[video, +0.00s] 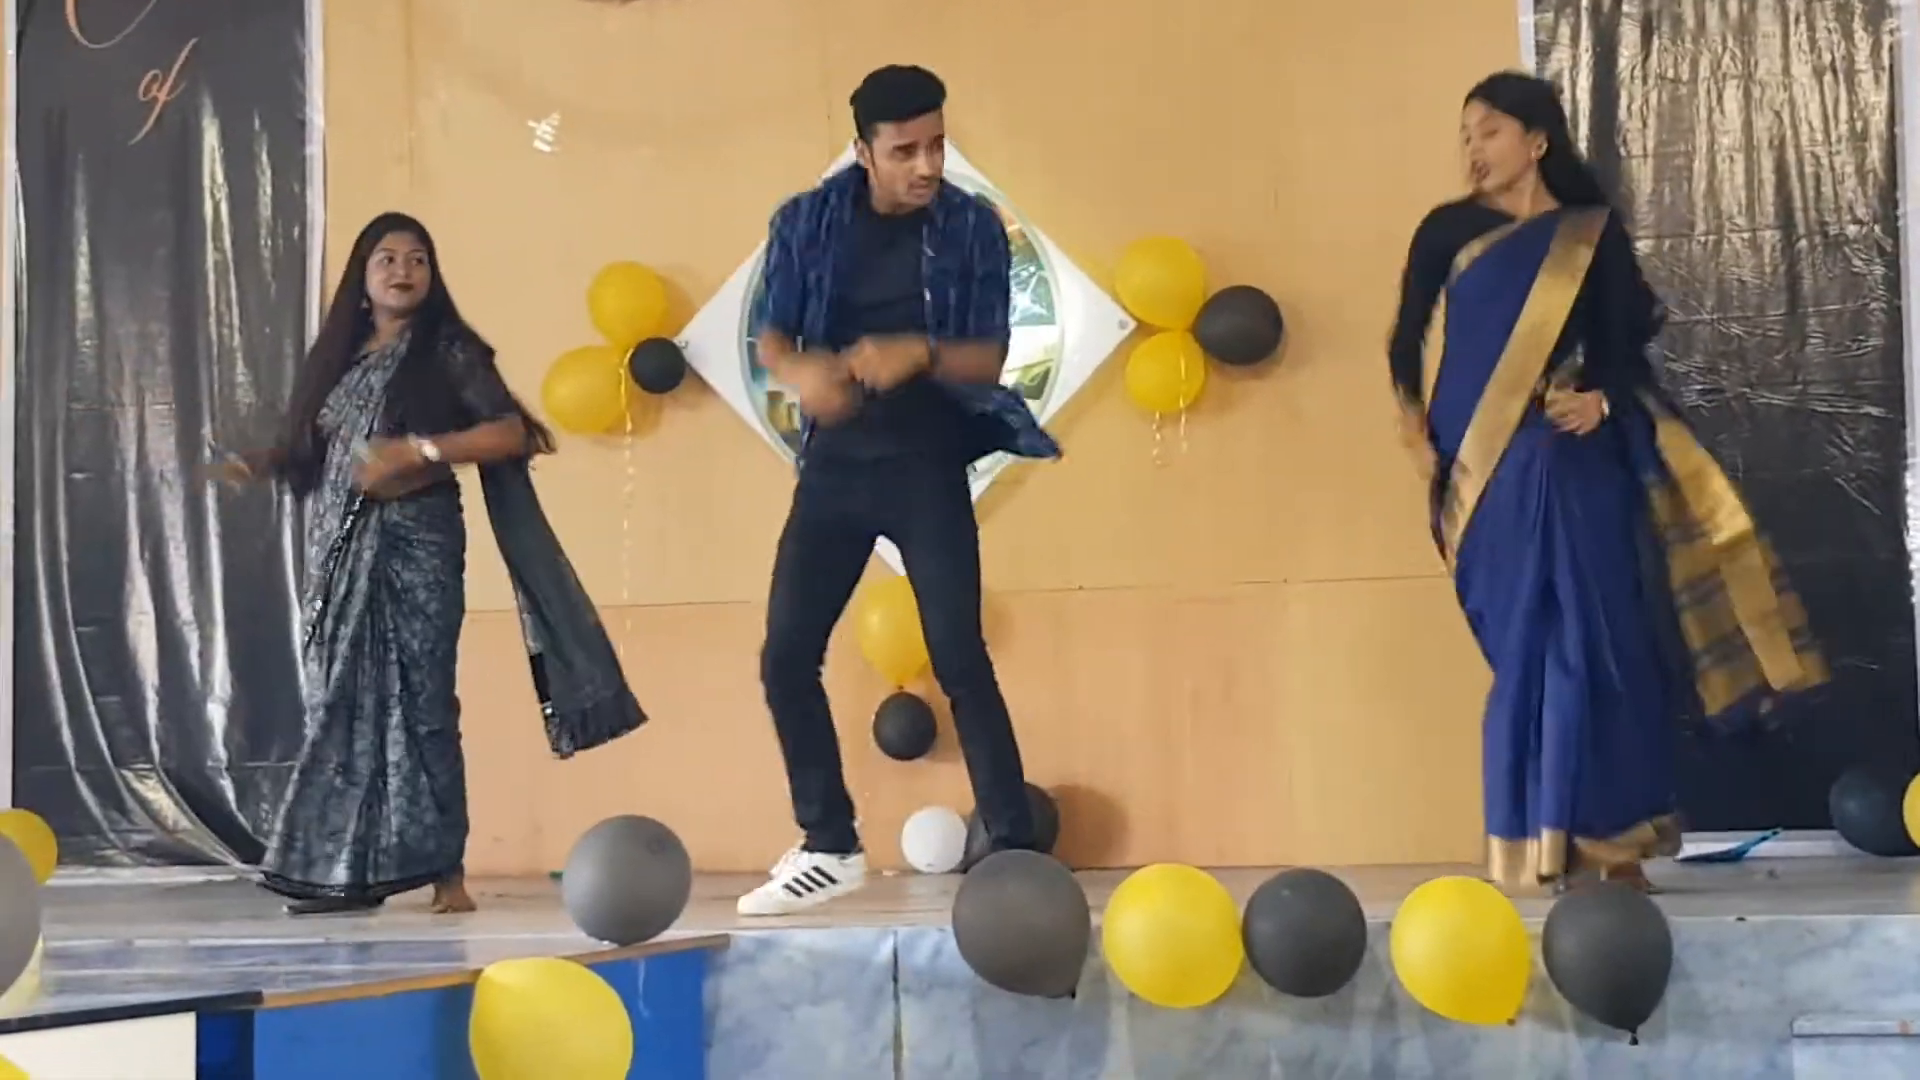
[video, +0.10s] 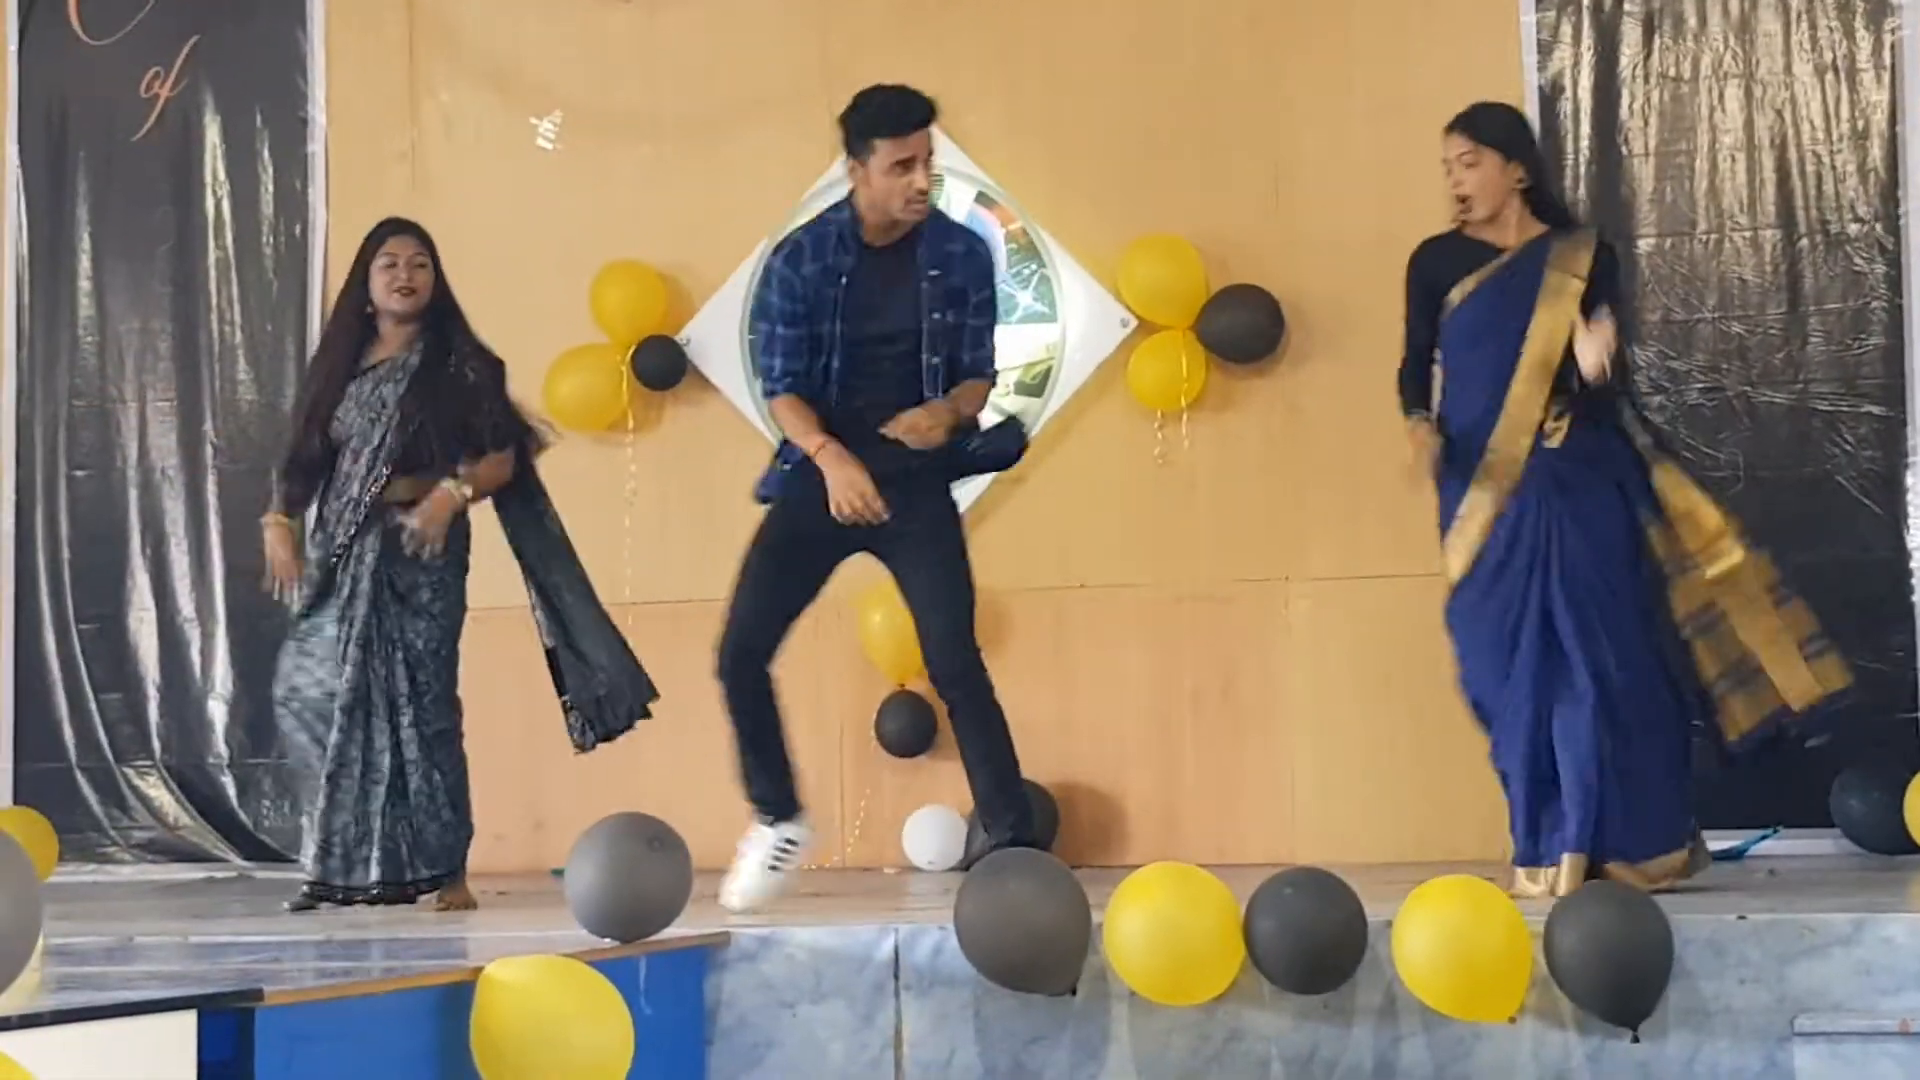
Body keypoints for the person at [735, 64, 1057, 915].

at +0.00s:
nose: (928, 166)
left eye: (936, 146)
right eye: (908, 152)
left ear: (944, 138)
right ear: (865, 149)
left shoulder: (972, 226)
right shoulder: (807, 221)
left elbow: (989, 361)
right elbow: (767, 342)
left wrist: (921, 352)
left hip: (930, 471)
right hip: (833, 472)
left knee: (959, 657)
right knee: (787, 660)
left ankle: (1010, 854)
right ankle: (830, 849)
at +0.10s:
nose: (923, 180)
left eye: (928, 162)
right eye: (903, 167)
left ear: (935, 156)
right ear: (856, 169)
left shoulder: (961, 253)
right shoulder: (799, 258)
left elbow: (978, 376)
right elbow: (777, 389)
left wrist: (946, 414)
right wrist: (830, 457)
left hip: (915, 481)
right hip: (817, 481)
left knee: (955, 662)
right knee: (740, 657)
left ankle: (1009, 847)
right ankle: (780, 825)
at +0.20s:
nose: (872, 181)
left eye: (874, 162)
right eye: (852, 168)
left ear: (876, 154)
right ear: (805, 167)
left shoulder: (914, 233)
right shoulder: (760, 253)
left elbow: (972, 329)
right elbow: (763, 394)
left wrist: (992, 365)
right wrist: (851, 391)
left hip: (880, 487)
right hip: (782, 484)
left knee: (931, 664)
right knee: (684, 643)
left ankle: (1002, 834)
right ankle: (685, 813)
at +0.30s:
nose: (799, 168)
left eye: (801, 151)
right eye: (780, 157)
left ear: (804, 145)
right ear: (729, 160)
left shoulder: (843, 213)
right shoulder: (691, 242)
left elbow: (935, 280)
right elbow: (725, 360)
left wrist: (993, 280)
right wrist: (812, 294)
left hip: (844, 484)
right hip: (741, 486)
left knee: (910, 657)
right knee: (647, 653)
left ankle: (999, 834)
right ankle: (576, 828)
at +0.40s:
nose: (721, 183)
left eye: (724, 166)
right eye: (703, 170)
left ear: (726, 162)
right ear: (651, 174)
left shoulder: (767, 231)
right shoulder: (614, 262)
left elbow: (888, 275)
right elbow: (676, 352)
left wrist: (966, 238)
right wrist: (749, 271)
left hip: (790, 497)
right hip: (689, 508)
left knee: (875, 657)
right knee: (610, 677)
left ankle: (996, 823)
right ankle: (546, 851)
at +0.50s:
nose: (658, 194)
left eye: (661, 176)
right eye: (640, 181)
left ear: (661, 170)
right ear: (589, 184)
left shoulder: (700, 240)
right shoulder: (553, 281)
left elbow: (814, 295)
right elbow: (617, 375)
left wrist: (904, 255)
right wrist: (699, 298)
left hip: (738, 492)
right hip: (640, 507)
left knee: (826, 645)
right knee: (575, 681)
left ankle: (946, 813)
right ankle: (545, 855)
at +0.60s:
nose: (620, 191)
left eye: (623, 174)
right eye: (601, 180)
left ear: (625, 165)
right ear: (550, 182)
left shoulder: (670, 231)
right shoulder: (521, 278)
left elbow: (780, 284)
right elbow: (586, 379)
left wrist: (875, 263)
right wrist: (672, 308)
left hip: (712, 479)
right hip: (614, 496)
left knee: (779, 629)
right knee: (565, 673)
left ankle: (848, 805)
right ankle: (543, 853)